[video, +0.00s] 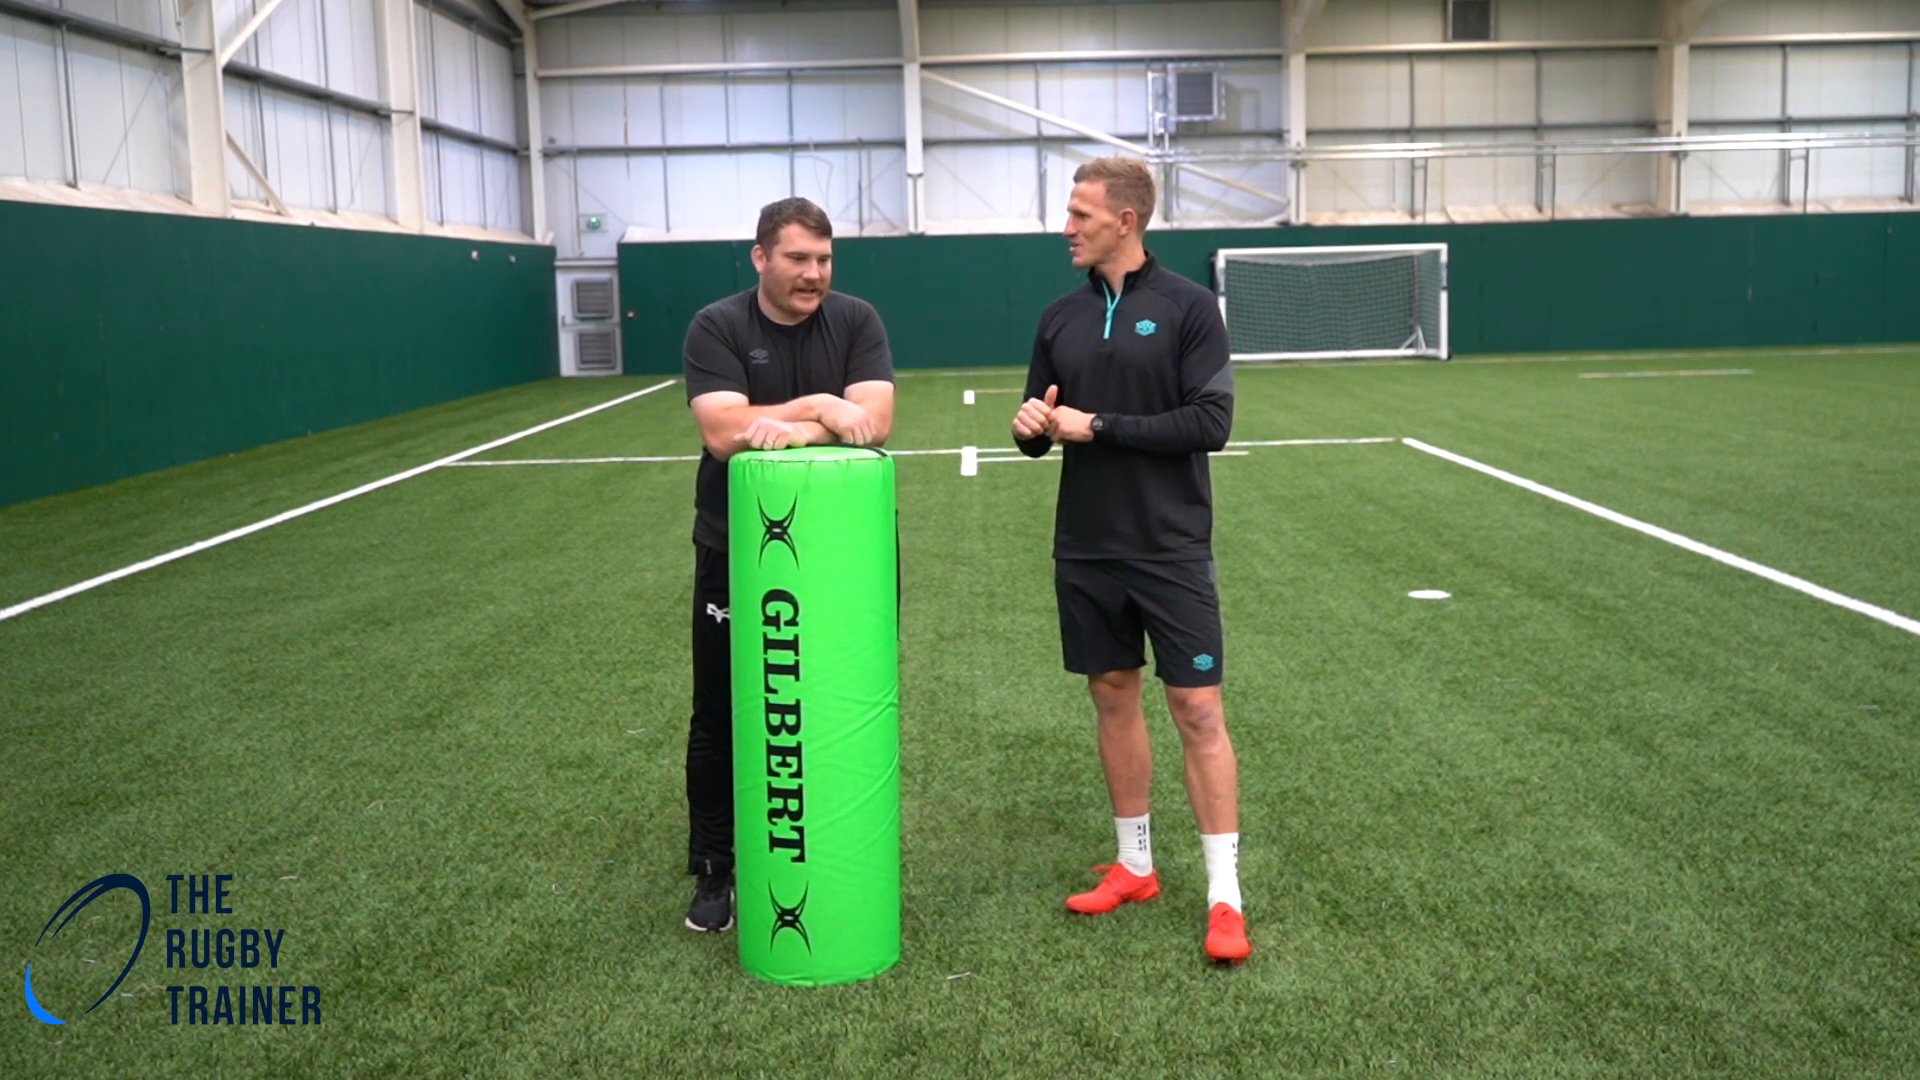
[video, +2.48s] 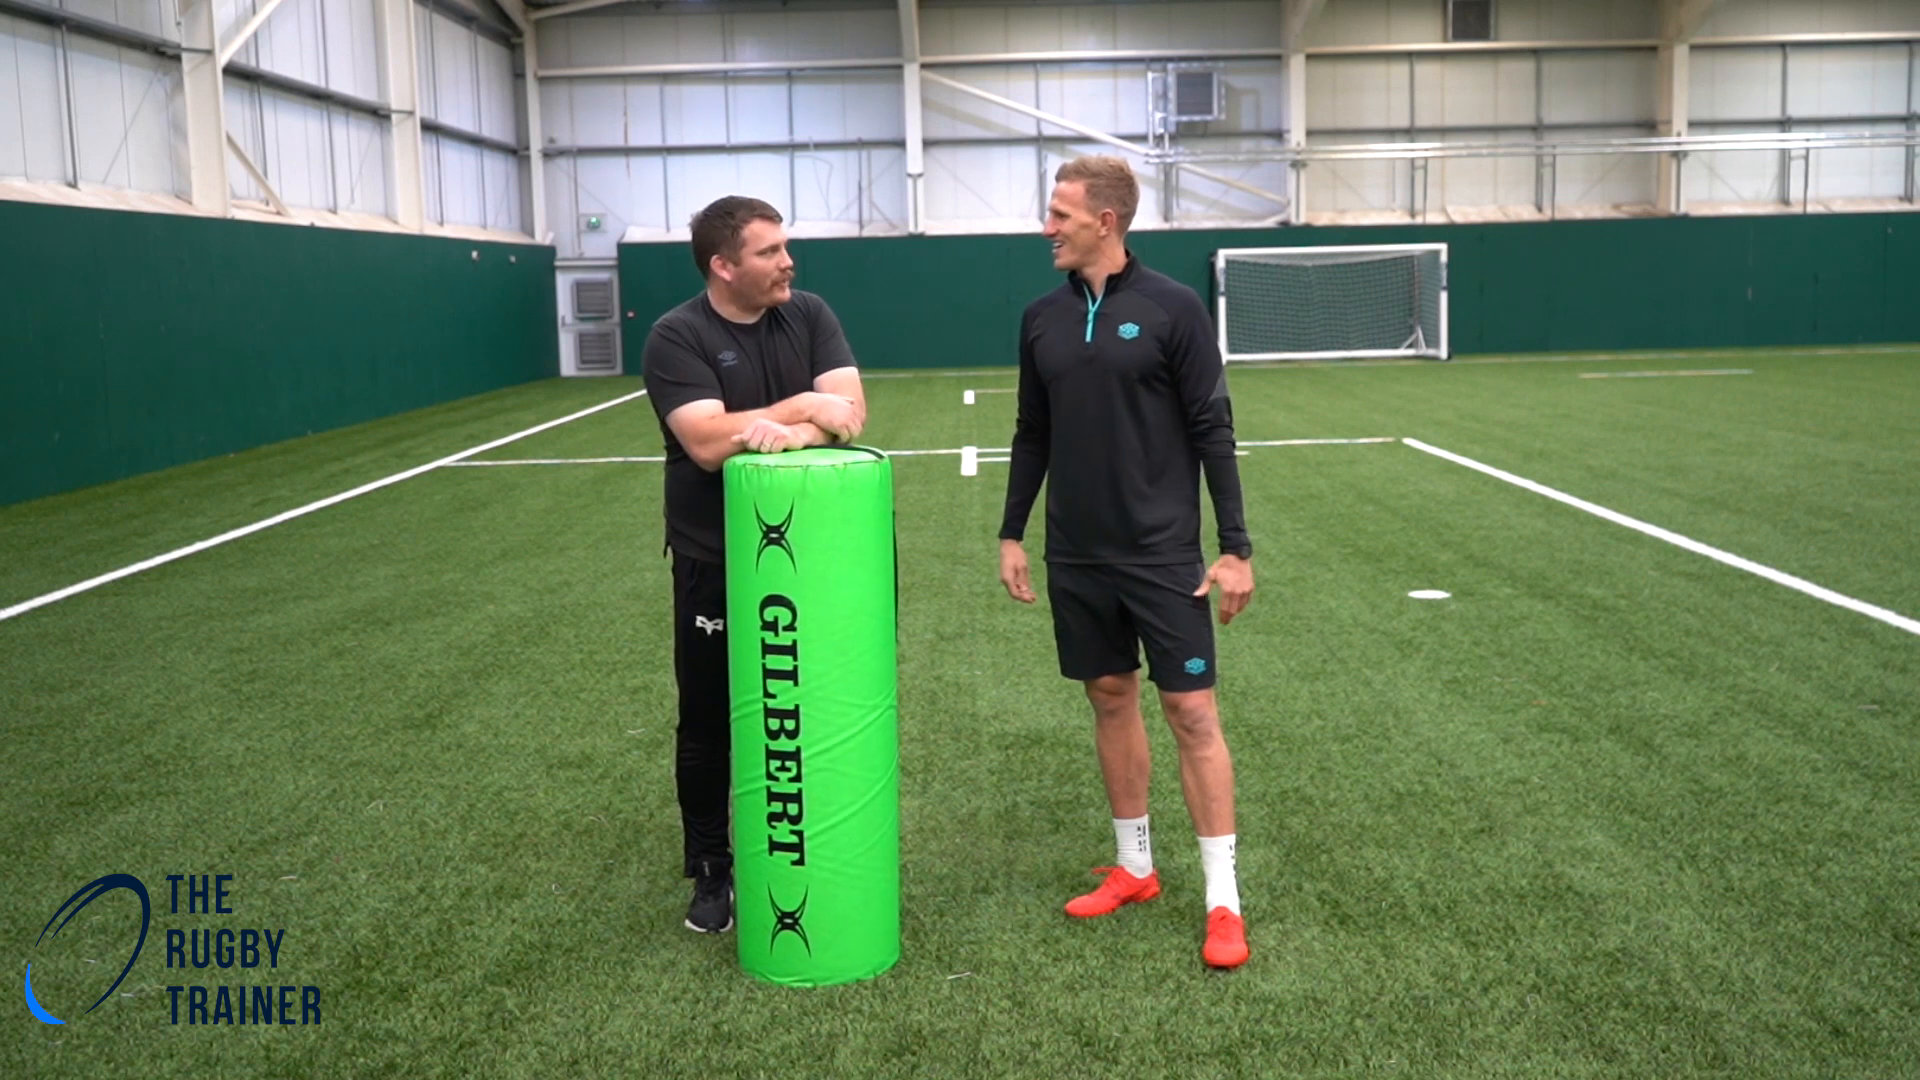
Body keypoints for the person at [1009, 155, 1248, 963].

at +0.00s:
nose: (1067, 227)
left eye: (1080, 216)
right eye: (1068, 214)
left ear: (1127, 222)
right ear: (1096, 221)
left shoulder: (1190, 306)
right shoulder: (1061, 317)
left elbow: (1212, 423)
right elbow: (1035, 430)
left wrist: (1097, 425)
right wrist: (1031, 426)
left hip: (1172, 548)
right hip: (1088, 548)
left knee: (1199, 709)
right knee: (1112, 696)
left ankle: (1225, 895)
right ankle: (1135, 866)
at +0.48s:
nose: (1057, 228)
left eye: (1071, 216)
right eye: (1058, 214)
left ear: (1119, 223)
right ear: (1085, 221)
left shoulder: (1182, 307)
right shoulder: (1051, 318)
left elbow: (1204, 425)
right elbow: (1028, 424)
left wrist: (1094, 437)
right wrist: (1024, 432)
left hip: (1166, 550)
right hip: (1082, 550)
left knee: (1195, 709)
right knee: (1111, 698)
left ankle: (1224, 897)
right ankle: (1135, 868)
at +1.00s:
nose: (1054, 227)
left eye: (1068, 216)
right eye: (1055, 214)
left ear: (1116, 224)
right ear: (1081, 222)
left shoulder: (1178, 309)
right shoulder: (1046, 317)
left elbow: (1199, 427)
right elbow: (1020, 425)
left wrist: (1089, 437)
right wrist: (1017, 422)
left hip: (1158, 551)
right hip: (1074, 550)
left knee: (1189, 709)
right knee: (1106, 697)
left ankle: (1223, 897)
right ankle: (1134, 868)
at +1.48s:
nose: (1048, 227)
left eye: (1061, 216)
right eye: (1049, 214)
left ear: (1109, 225)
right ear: (1074, 223)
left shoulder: (1174, 309)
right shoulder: (1042, 317)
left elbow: (1209, 427)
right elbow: (1023, 423)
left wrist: (1102, 449)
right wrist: (1026, 442)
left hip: (1162, 549)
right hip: (1078, 551)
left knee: (1191, 708)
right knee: (1108, 697)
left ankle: (1222, 895)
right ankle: (1134, 868)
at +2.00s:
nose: (1048, 226)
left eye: (1061, 215)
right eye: (1049, 213)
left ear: (1110, 224)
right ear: (1076, 221)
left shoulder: (1174, 307)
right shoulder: (1044, 319)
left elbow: (1208, 429)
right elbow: (1029, 428)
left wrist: (1139, 512)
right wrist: (1007, 511)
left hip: (1164, 547)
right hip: (1078, 550)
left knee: (1194, 709)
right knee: (1109, 697)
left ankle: (1223, 898)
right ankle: (1134, 869)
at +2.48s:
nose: (1048, 226)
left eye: (1060, 215)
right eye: (1049, 213)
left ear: (1109, 224)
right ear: (1077, 222)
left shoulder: (1175, 309)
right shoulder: (1043, 317)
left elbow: (1214, 431)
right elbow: (1033, 432)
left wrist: (1234, 545)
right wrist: (1011, 531)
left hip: (1165, 551)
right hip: (1079, 552)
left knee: (1192, 712)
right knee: (1110, 700)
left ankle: (1223, 897)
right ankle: (1134, 868)